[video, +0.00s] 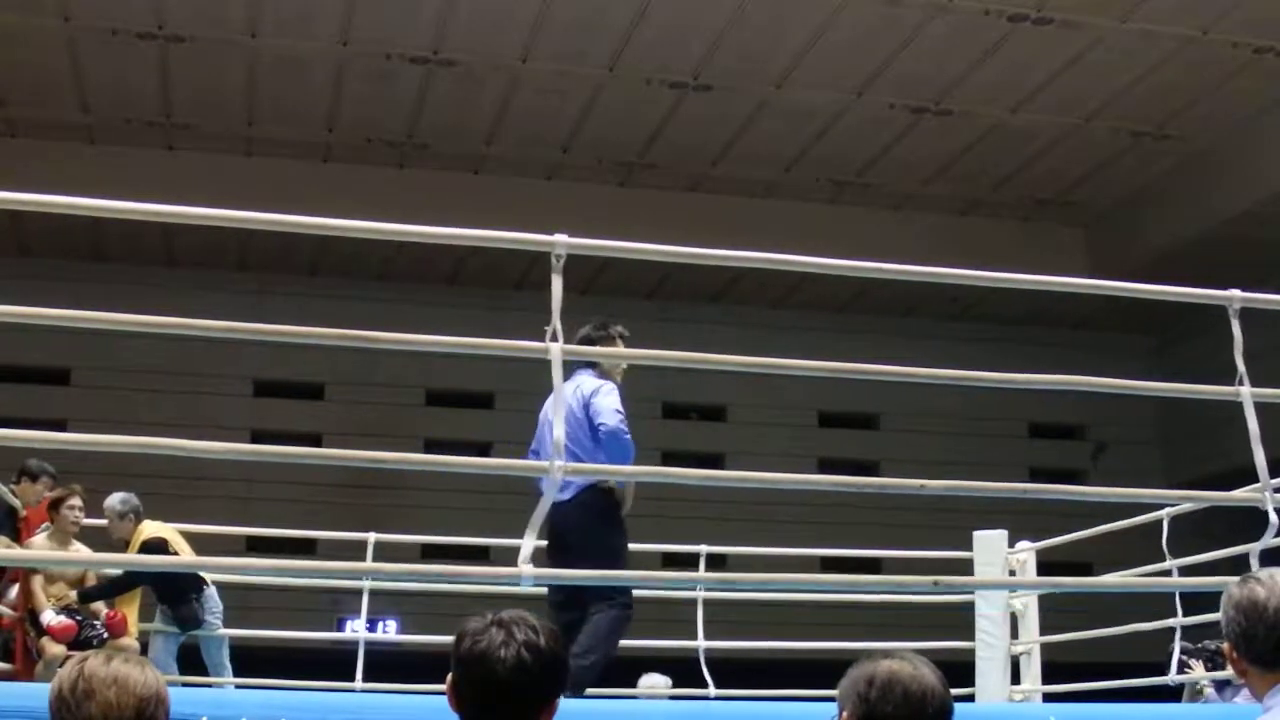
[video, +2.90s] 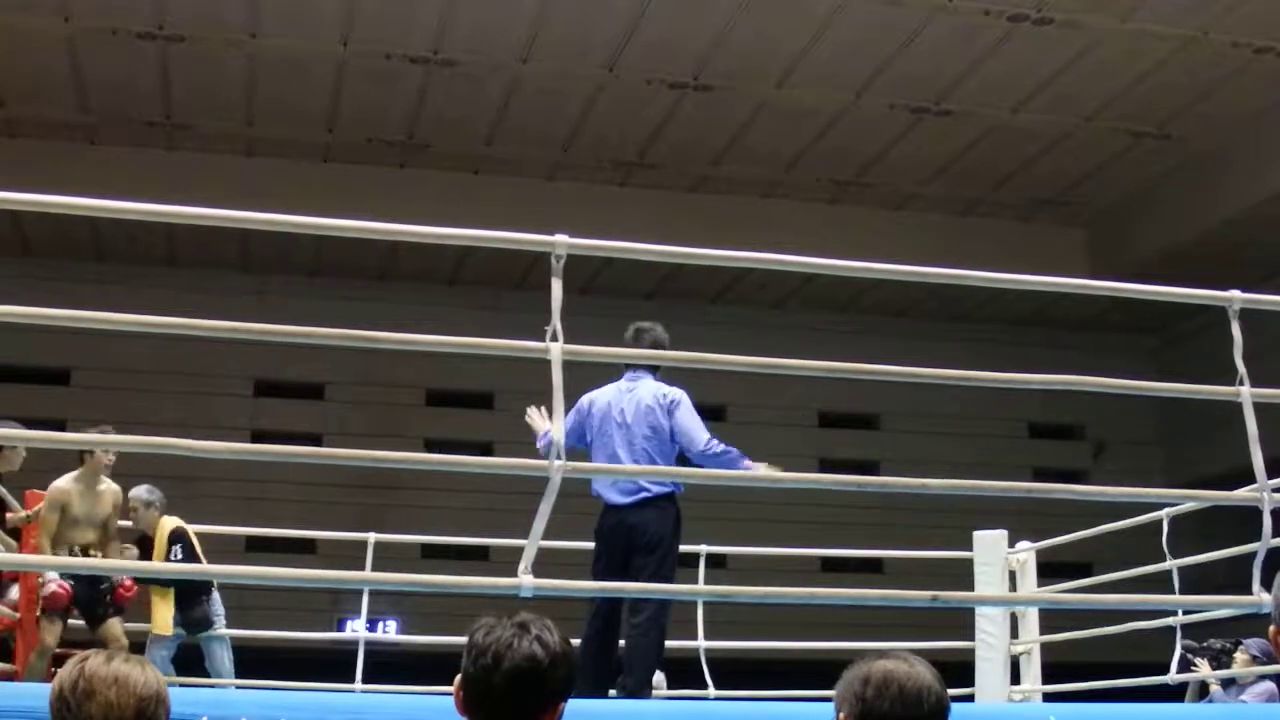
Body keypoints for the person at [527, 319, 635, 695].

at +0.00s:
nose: (625, 361)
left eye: (625, 353)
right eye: (620, 353)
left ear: (584, 356)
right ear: (600, 354)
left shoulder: (555, 398)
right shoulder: (600, 387)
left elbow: (534, 458)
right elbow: (611, 430)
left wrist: (555, 492)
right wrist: (626, 485)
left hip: (558, 508)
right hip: (592, 503)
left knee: (566, 602)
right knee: (614, 601)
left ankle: (551, 686)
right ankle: (572, 687)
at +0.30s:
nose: (626, 361)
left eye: (625, 354)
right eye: (623, 354)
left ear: (586, 354)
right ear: (613, 356)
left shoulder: (557, 402)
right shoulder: (616, 390)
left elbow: (555, 459)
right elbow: (635, 443)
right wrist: (669, 457)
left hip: (570, 512)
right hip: (608, 509)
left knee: (575, 605)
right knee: (631, 602)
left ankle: (557, 692)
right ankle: (614, 693)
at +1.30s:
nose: (667, 361)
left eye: (666, 352)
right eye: (663, 352)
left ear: (627, 355)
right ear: (644, 354)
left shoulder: (591, 399)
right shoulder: (652, 398)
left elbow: (588, 458)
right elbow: (668, 459)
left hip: (603, 513)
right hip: (642, 510)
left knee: (598, 605)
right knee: (642, 604)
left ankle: (583, 695)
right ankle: (631, 696)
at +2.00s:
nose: (658, 355)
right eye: (659, 351)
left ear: (622, 350)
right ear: (659, 354)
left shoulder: (592, 399)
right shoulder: (671, 399)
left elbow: (589, 456)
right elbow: (690, 457)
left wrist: (608, 485)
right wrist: (687, 499)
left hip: (606, 516)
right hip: (651, 515)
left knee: (597, 607)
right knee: (642, 608)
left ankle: (585, 698)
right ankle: (632, 698)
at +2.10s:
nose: (656, 357)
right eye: (659, 352)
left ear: (622, 351)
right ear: (659, 355)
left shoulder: (592, 400)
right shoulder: (673, 399)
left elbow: (580, 464)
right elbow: (691, 465)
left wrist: (573, 516)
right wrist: (699, 517)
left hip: (608, 516)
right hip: (653, 515)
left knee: (598, 607)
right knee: (644, 607)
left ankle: (587, 698)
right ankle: (632, 698)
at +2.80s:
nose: (659, 362)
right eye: (662, 357)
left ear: (624, 356)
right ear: (660, 359)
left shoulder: (594, 401)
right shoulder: (673, 399)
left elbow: (569, 452)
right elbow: (700, 453)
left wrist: (550, 458)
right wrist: (731, 497)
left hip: (611, 519)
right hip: (657, 518)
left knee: (602, 607)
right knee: (647, 608)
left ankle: (587, 698)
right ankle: (633, 698)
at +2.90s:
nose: (665, 358)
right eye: (664, 353)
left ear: (625, 355)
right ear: (662, 357)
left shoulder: (594, 401)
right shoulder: (670, 398)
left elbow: (556, 448)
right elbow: (702, 448)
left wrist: (543, 431)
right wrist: (750, 466)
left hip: (612, 517)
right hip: (658, 517)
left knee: (604, 605)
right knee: (647, 607)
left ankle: (587, 696)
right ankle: (634, 698)